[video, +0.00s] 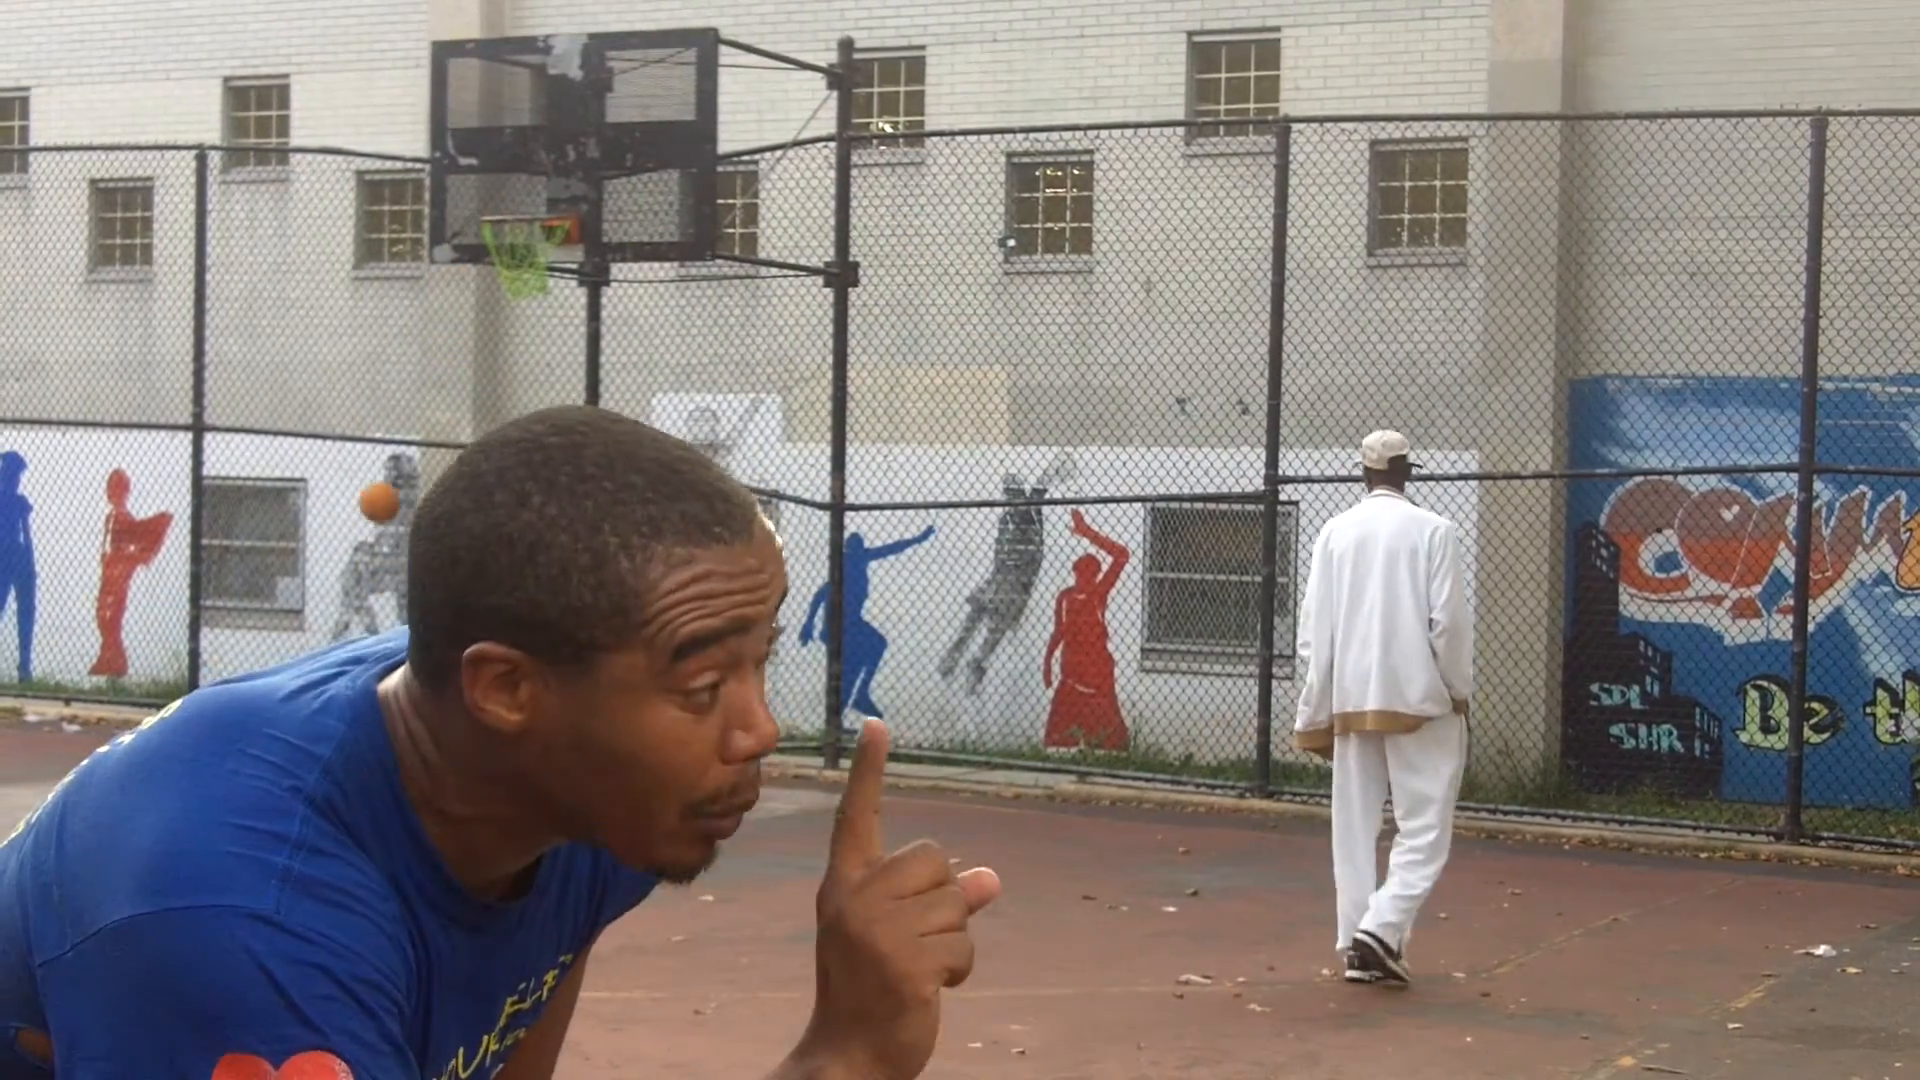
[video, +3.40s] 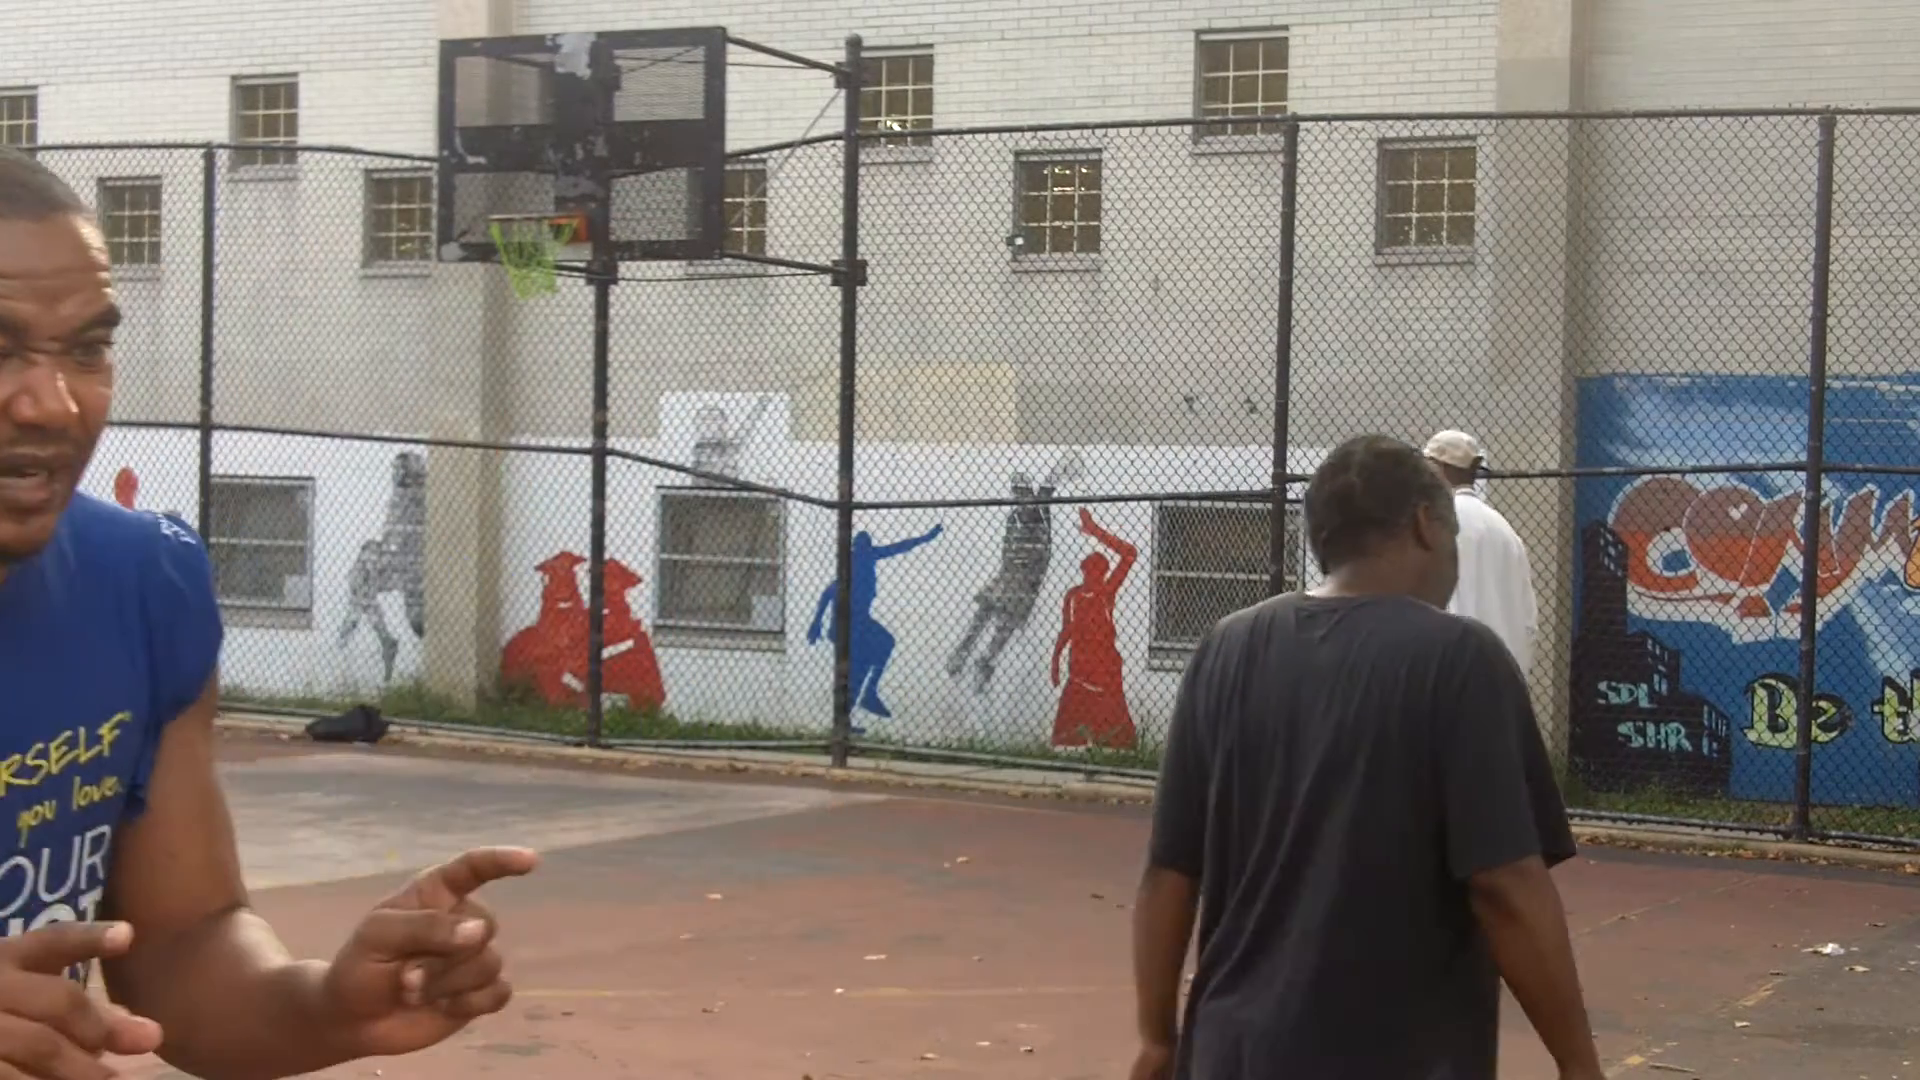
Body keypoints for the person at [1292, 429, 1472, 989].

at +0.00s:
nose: (1399, 477)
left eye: (1380, 470)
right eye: (1404, 470)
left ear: (1364, 476)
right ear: (1408, 474)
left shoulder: (1333, 532)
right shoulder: (1434, 530)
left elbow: (1312, 629)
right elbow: (1447, 623)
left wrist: (1316, 703)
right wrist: (1461, 692)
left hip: (1349, 695)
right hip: (1417, 694)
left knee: (1354, 822)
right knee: (1424, 826)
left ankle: (1358, 950)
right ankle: (1382, 930)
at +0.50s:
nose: (1470, 481)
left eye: (1454, 469)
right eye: (1480, 476)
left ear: (1439, 472)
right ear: (1484, 478)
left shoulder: (1395, 521)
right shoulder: (1498, 540)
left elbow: (1359, 615)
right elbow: (1504, 634)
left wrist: (1356, 687)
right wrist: (1494, 696)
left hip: (1385, 690)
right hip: (1459, 697)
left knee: (1369, 820)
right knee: (1460, 830)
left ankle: (1363, 939)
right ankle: (1461, 960)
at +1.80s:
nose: (1396, 478)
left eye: (1400, 469)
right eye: (1397, 469)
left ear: (1419, 471)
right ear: (1447, 473)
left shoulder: (1405, 527)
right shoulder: (1490, 531)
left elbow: (1394, 624)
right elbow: (1515, 621)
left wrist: (1379, 693)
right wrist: (1500, 690)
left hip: (1420, 699)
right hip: (1478, 699)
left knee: (1416, 826)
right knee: (1472, 823)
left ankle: (1432, 957)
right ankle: (1473, 955)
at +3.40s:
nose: (1423, 476)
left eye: (1427, 467)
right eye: (1424, 467)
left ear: (1437, 469)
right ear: (1473, 473)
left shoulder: (1427, 522)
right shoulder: (1504, 529)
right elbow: (1527, 617)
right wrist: (1514, 676)